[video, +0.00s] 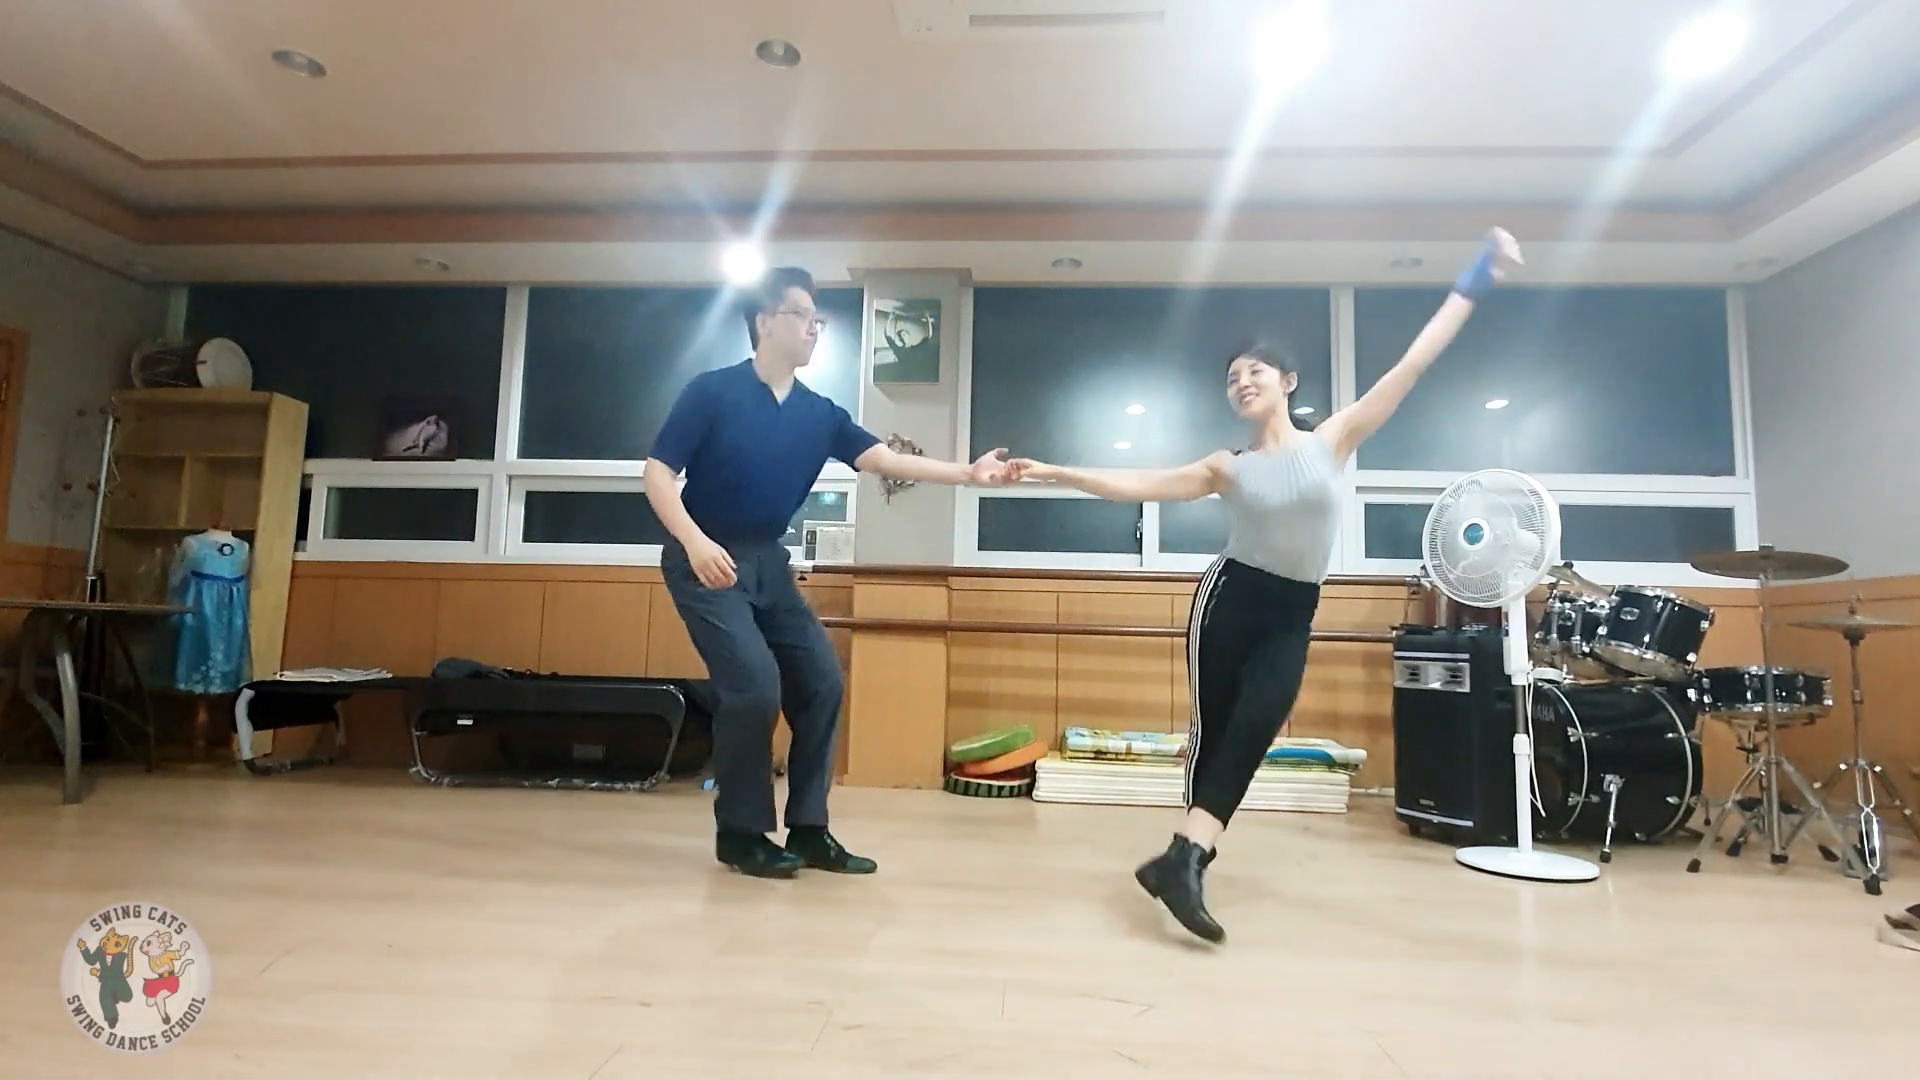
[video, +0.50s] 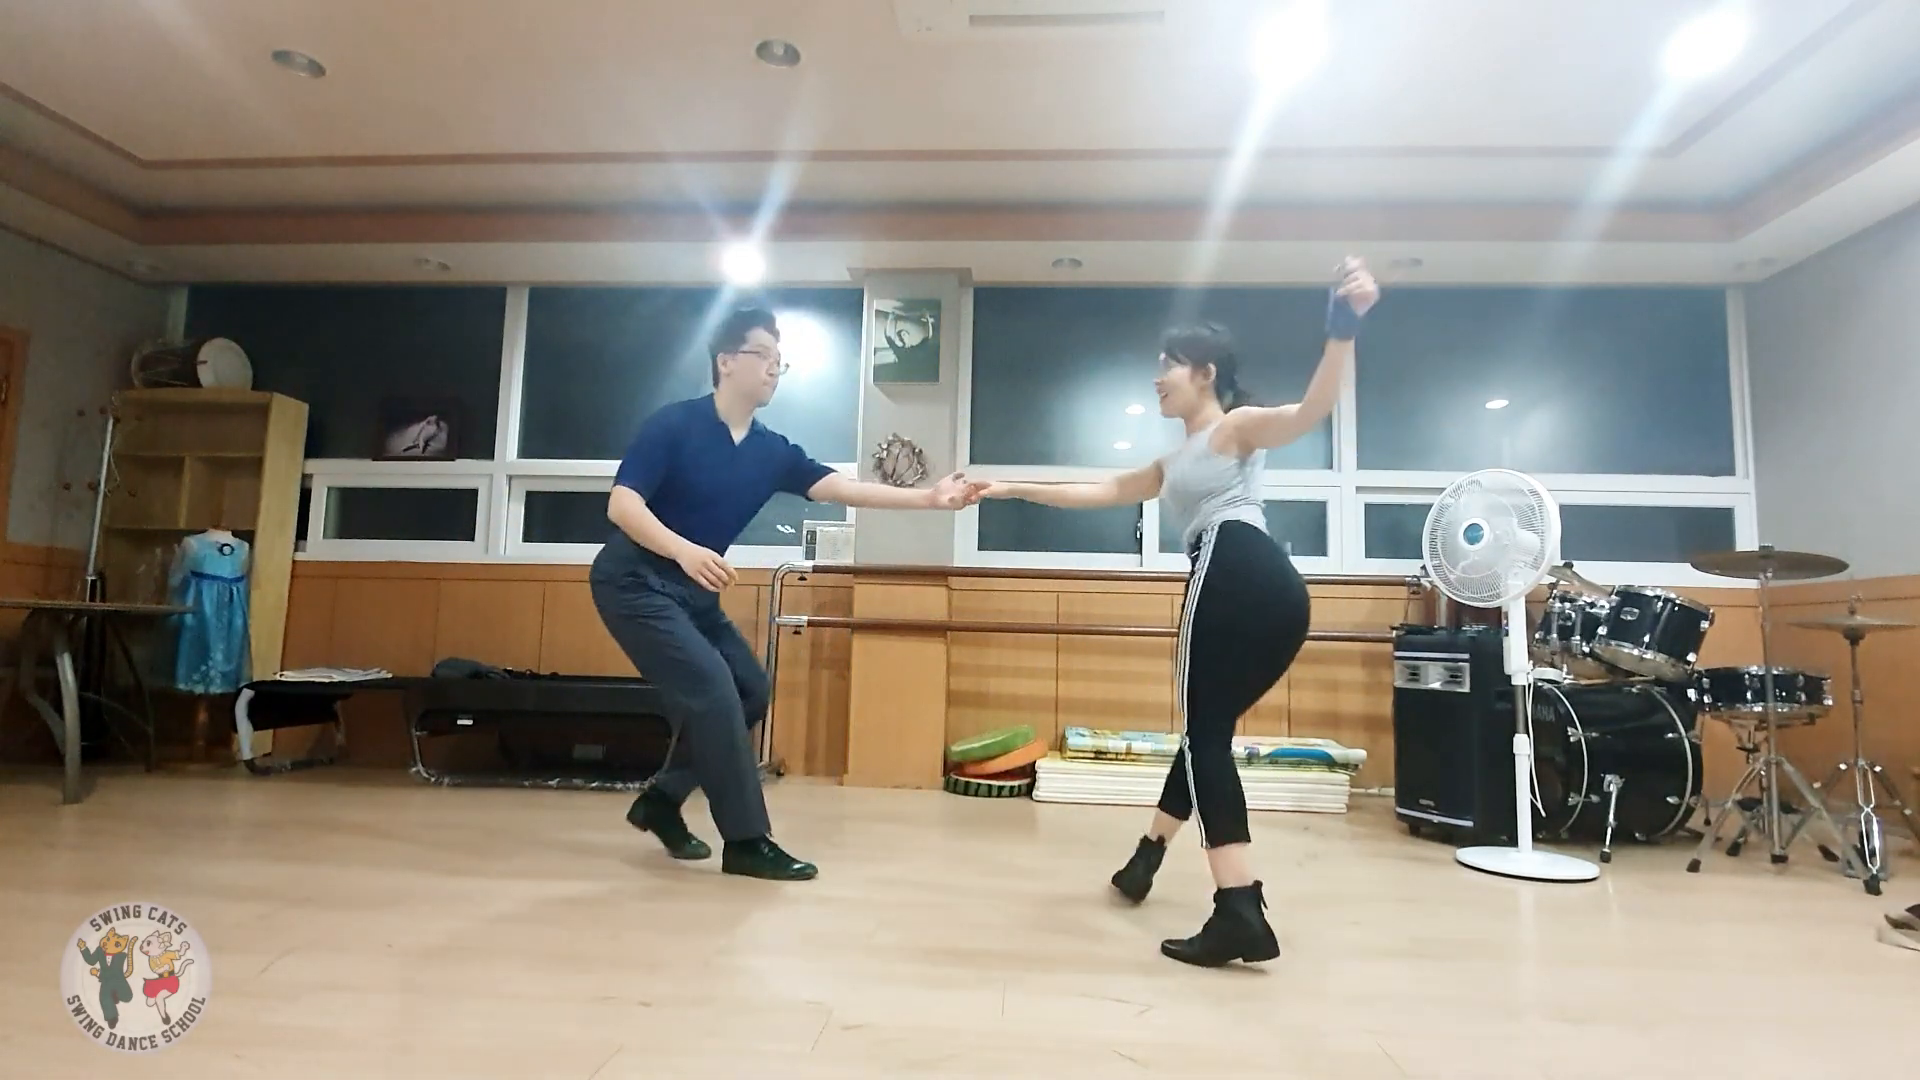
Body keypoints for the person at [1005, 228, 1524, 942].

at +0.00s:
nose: (1243, 381)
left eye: (1256, 370)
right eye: (1234, 377)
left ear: (1290, 383)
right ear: (1231, 398)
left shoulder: (1334, 439)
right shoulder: (1227, 467)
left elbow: (1415, 362)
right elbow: (1134, 485)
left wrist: (1473, 283)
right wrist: (1046, 472)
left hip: (1292, 612)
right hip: (1230, 599)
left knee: (1256, 726)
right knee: (1215, 728)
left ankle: (1182, 862)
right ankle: (1192, 861)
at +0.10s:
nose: (1229, 381)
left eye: (1242, 370)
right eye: (1223, 376)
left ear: (1278, 379)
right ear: (1225, 395)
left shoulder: (1329, 436)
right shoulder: (1221, 465)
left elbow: (1397, 348)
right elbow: (1130, 486)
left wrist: (1428, 251)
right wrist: (1041, 472)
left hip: (1290, 619)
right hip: (1223, 606)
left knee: (1256, 744)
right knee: (1200, 738)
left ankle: (1183, 885)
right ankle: (1196, 846)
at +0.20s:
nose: (1214, 366)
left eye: (1227, 355)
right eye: (1210, 360)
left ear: (1264, 363)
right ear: (1215, 377)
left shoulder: (1307, 416)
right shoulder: (1210, 458)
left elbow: (1382, 328)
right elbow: (1121, 483)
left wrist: (1402, 231)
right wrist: (1039, 470)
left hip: (1300, 601)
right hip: (1235, 601)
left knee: (1244, 730)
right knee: (1167, 722)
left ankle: (1191, 884)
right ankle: (1200, 833)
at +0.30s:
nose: (1195, 360)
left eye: (1208, 350)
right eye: (1192, 352)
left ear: (1245, 357)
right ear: (1200, 369)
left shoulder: (1281, 406)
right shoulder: (1198, 454)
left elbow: (1366, 336)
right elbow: (1117, 483)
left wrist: (1394, 241)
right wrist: (1027, 473)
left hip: (1295, 581)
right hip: (1255, 591)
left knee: (1215, 714)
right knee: (1175, 696)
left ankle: (1227, 890)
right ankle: (1181, 846)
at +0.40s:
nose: (1177, 368)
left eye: (1191, 356)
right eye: (1176, 358)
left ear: (1228, 367)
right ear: (1185, 372)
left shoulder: (1254, 415)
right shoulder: (1182, 464)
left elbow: (1343, 377)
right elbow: (1096, 486)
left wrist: (1379, 279)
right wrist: (1012, 477)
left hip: (1261, 572)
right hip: (1291, 596)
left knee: (1212, 725)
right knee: (1207, 724)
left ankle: (1233, 901)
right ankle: (1151, 845)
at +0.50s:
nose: (1157, 380)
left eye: (1167, 368)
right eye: (1158, 369)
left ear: (1203, 374)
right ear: (1186, 378)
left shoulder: (1235, 427)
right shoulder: (1172, 463)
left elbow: (1311, 411)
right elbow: (1098, 491)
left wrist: (1342, 325)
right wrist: (1006, 486)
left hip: (1234, 570)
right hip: (1282, 604)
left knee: (1206, 733)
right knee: (1202, 729)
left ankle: (1240, 909)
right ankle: (1147, 855)